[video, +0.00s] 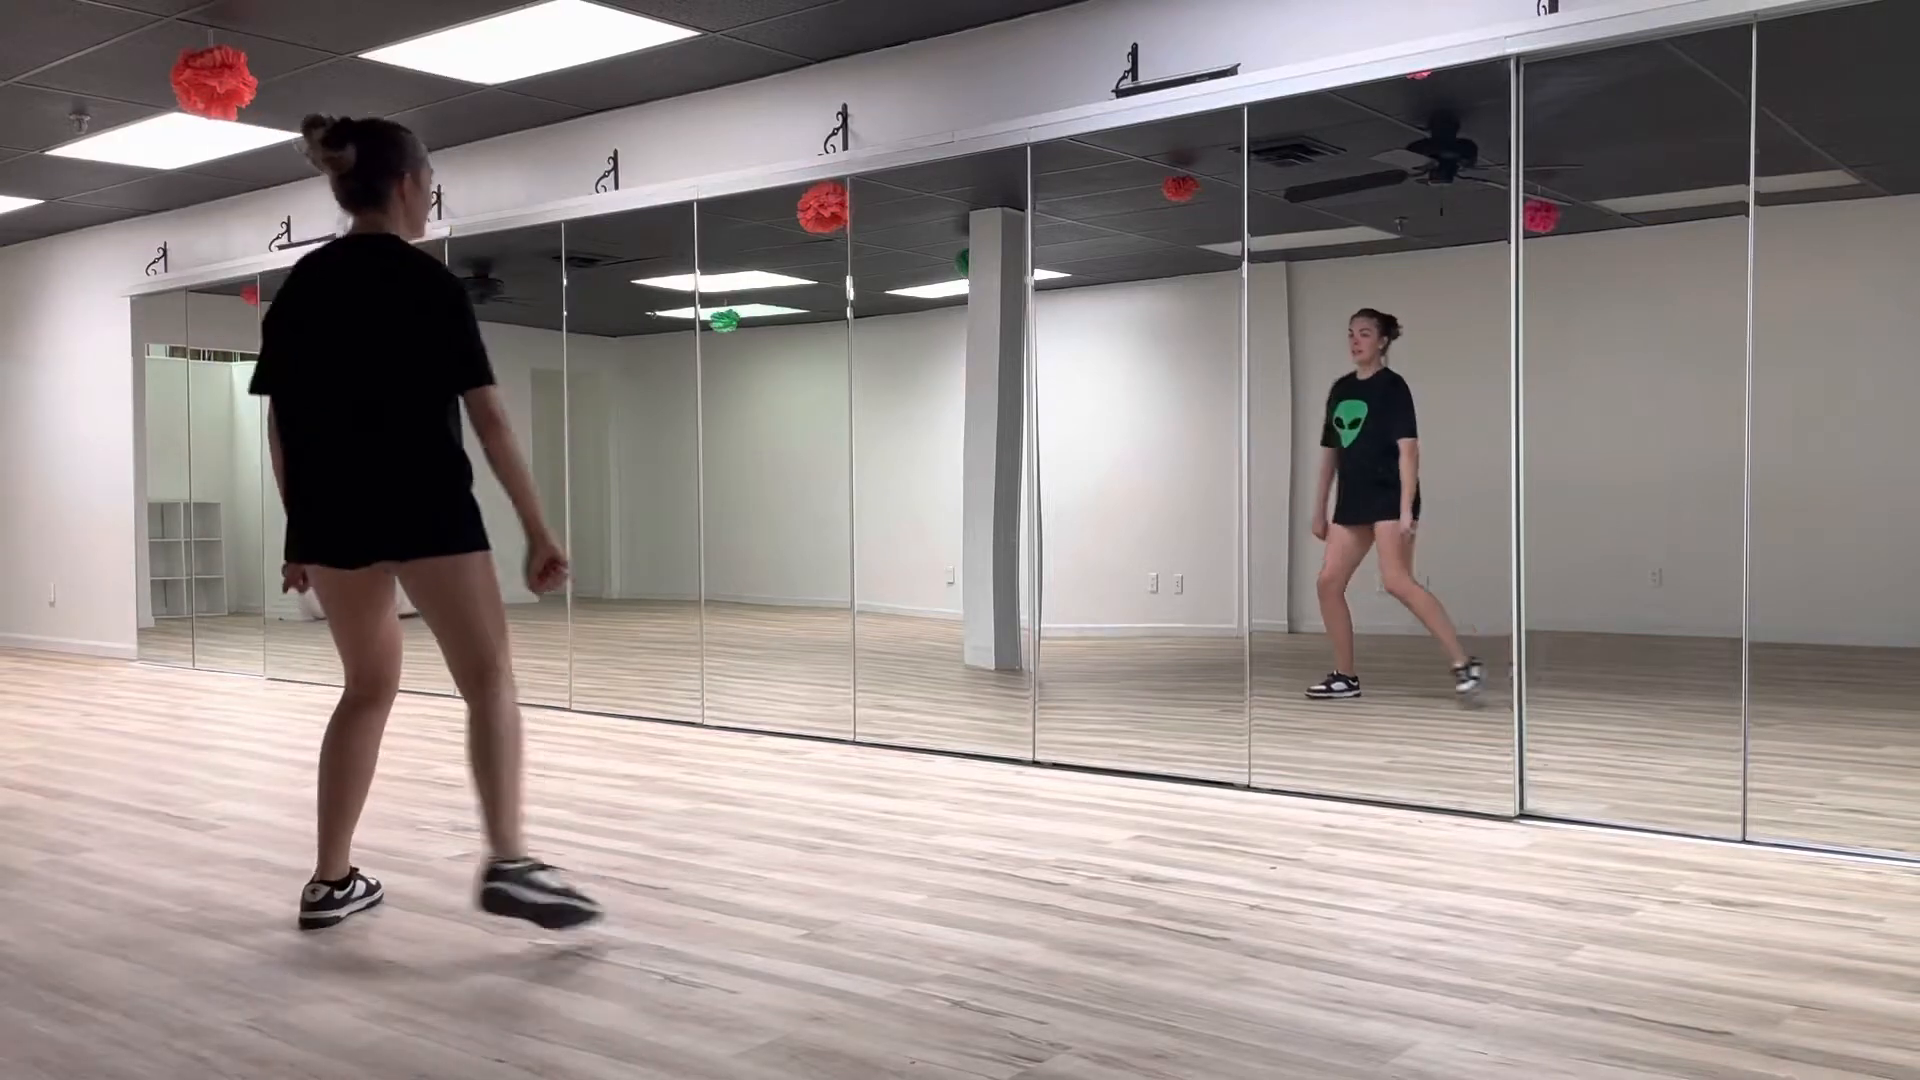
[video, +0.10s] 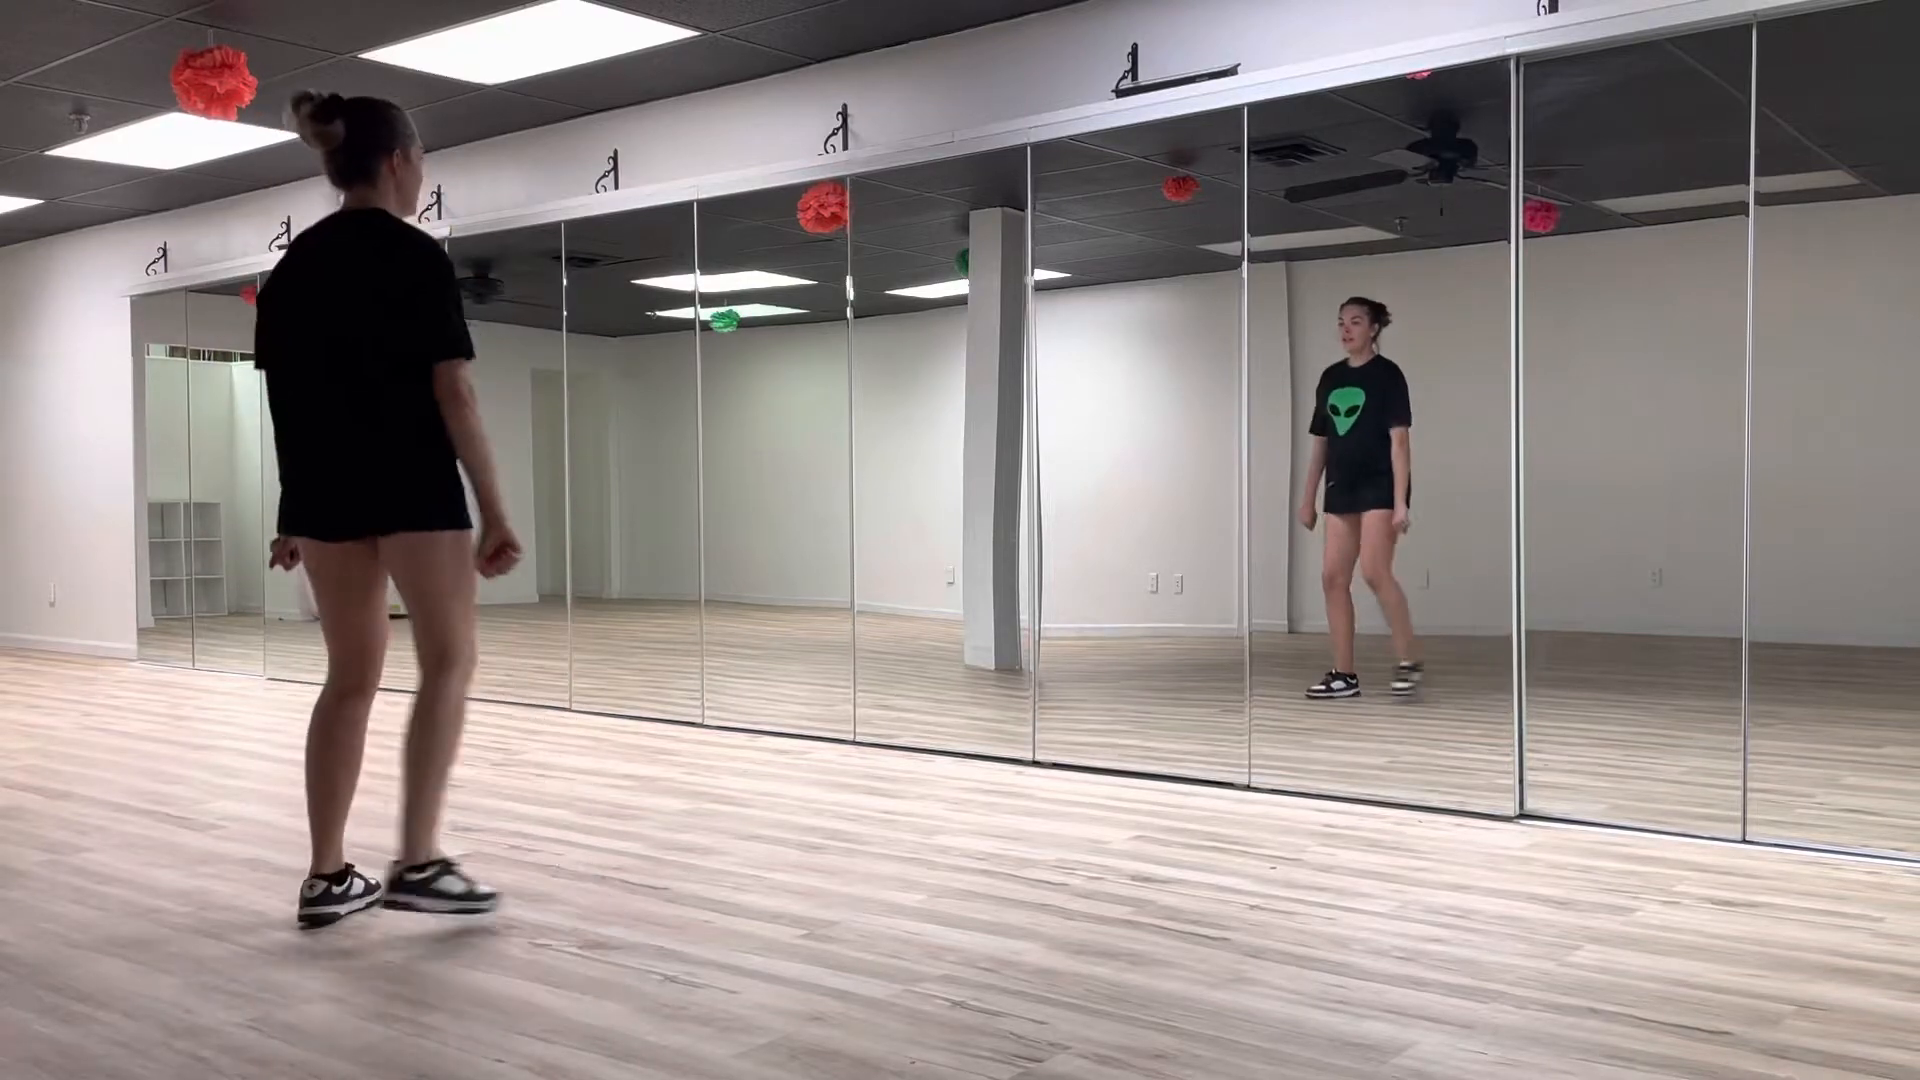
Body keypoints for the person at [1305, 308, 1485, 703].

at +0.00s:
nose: (1356, 341)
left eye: (1364, 335)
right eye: (1352, 335)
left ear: (1384, 341)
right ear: (1348, 340)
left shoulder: (1394, 387)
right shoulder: (1340, 389)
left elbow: (1408, 450)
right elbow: (1329, 455)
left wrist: (1407, 509)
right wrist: (1320, 510)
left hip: (1392, 500)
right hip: (1353, 502)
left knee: (1397, 581)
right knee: (1328, 583)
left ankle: (1462, 664)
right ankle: (1344, 675)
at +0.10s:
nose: (1346, 329)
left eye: (1355, 322)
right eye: (1342, 323)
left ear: (1374, 328)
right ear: (1339, 329)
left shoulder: (1389, 375)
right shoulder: (1330, 377)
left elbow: (1399, 442)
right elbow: (1319, 444)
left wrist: (1401, 502)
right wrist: (1308, 498)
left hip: (1380, 488)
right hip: (1340, 489)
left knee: (1375, 573)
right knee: (1334, 579)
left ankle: (1408, 661)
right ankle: (1344, 674)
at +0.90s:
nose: (1319, 339)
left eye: (1327, 333)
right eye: (1311, 334)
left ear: (1339, 339)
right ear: (1303, 340)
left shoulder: (1358, 383)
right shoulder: (1285, 383)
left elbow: (1411, 407)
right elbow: (1229, 405)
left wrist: (1417, 389)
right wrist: (1253, 381)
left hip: (1341, 496)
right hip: (1292, 493)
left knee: (1351, 581)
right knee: (1265, 580)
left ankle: (1354, 673)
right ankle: (1220, 653)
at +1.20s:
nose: (1293, 376)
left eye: (1299, 368)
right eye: (1284, 369)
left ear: (1308, 373)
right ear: (1273, 375)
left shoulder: (1320, 412)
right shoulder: (1256, 409)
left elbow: (1368, 411)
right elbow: (1198, 418)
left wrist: (1349, 429)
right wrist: (1235, 445)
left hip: (1303, 525)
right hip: (1258, 523)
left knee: (1348, 584)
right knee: (1238, 606)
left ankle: (1348, 674)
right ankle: (1193, 675)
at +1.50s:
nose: (1312, 357)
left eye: (1320, 350)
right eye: (1305, 352)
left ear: (1332, 358)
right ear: (1296, 360)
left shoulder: (1354, 404)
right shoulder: (1283, 406)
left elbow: (1392, 453)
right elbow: (1251, 464)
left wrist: (1385, 500)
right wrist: (1239, 517)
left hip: (1336, 514)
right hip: (1287, 513)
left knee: (1355, 591)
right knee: (1258, 592)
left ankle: (1348, 673)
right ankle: (1207, 662)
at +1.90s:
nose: (1332, 329)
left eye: (1341, 323)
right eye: (1327, 323)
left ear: (1359, 329)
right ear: (1321, 330)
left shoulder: (1380, 375)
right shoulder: (1308, 378)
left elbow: (1391, 442)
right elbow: (1298, 445)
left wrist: (1392, 501)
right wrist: (1291, 498)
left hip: (1362, 493)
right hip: (1315, 494)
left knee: (1359, 579)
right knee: (1326, 579)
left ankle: (1361, 672)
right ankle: (1337, 670)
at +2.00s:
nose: (1334, 333)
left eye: (1343, 327)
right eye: (1329, 327)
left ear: (1361, 333)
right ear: (1323, 333)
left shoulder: (1380, 379)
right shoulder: (1311, 381)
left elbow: (1390, 448)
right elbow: (1301, 451)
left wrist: (1391, 508)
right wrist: (1297, 508)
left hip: (1364, 496)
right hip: (1319, 497)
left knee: (1359, 581)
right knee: (1330, 582)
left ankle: (1361, 674)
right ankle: (1339, 671)